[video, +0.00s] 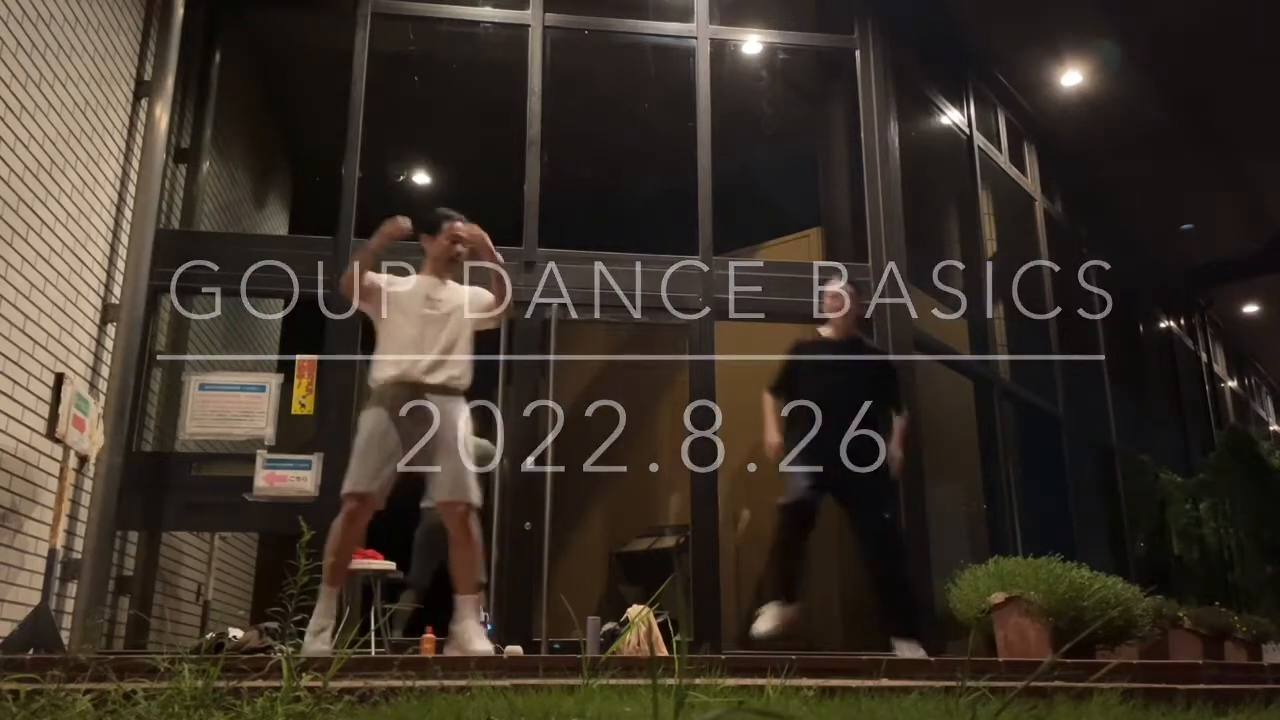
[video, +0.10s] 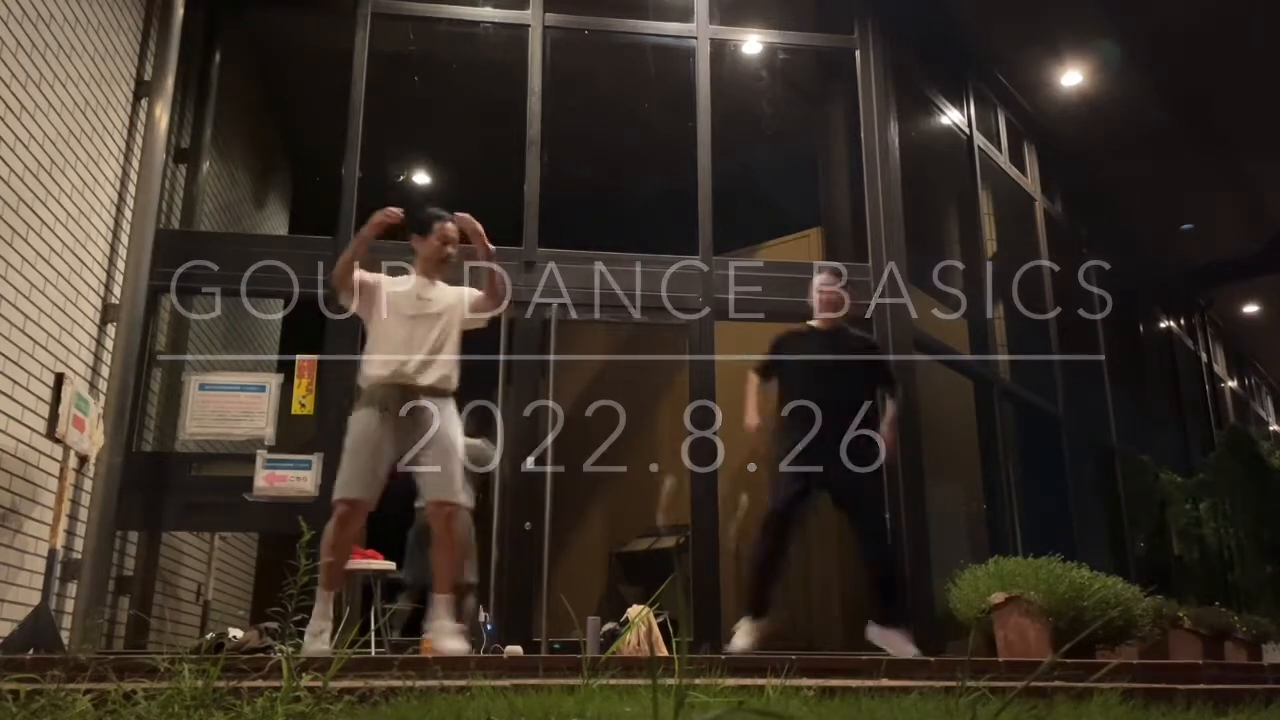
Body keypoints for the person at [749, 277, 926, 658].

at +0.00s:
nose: (833, 304)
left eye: (841, 298)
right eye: (828, 297)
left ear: (857, 307)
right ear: (821, 304)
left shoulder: (876, 358)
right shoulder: (804, 351)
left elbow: (898, 409)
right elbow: (772, 392)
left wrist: (896, 448)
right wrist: (772, 431)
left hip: (861, 461)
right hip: (810, 457)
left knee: (882, 541)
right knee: (793, 514)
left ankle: (903, 634)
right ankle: (779, 601)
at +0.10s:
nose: (828, 297)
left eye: (835, 291)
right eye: (821, 291)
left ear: (847, 297)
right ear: (811, 297)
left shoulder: (864, 346)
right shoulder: (789, 342)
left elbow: (890, 393)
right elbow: (757, 374)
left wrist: (886, 430)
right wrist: (753, 412)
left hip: (853, 455)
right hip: (800, 454)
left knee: (876, 534)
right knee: (775, 527)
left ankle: (886, 622)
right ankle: (753, 618)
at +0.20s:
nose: (811, 305)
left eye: (817, 298)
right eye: (804, 298)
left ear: (827, 305)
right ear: (791, 305)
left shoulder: (845, 351)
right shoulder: (769, 349)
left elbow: (873, 393)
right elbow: (739, 373)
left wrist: (869, 422)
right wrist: (728, 408)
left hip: (834, 464)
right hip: (779, 464)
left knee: (860, 533)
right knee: (757, 546)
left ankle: (843, 612)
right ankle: (734, 633)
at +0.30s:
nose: (791, 321)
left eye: (799, 315)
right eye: (784, 314)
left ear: (810, 325)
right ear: (771, 323)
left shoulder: (827, 371)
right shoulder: (754, 371)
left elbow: (858, 399)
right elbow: (725, 403)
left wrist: (852, 444)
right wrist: (713, 444)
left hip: (815, 476)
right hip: (764, 476)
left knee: (825, 544)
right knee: (753, 552)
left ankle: (805, 621)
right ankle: (734, 637)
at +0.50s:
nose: (779, 342)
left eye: (785, 335)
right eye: (772, 335)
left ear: (792, 342)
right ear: (757, 341)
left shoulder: (811, 387)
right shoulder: (745, 396)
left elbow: (833, 427)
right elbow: (732, 446)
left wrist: (835, 459)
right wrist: (736, 479)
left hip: (807, 483)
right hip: (761, 486)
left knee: (820, 547)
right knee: (752, 560)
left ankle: (793, 618)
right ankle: (736, 638)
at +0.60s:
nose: (794, 327)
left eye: (798, 320)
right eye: (787, 319)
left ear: (803, 325)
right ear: (768, 324)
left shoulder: (820, 366)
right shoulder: (756, 376)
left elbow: (856, 405)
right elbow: (751, 425)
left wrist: (853, 396)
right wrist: (778, 410)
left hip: (817, 475)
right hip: (771, 482)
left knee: (861, 520)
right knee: (757, 558)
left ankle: (841, 607)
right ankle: (735, 638)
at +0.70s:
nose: (812, 312)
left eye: (815, 305)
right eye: (804, 305)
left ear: (819, 310)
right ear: (785, 310)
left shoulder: (835, 346)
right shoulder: (777, 353)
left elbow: (886, 375)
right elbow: (762, 389)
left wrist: (873, 348)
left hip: (838, 459)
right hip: (789, 464)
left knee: (877, 526)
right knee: (769, 543)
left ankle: (876, 610)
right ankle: (741, 626)